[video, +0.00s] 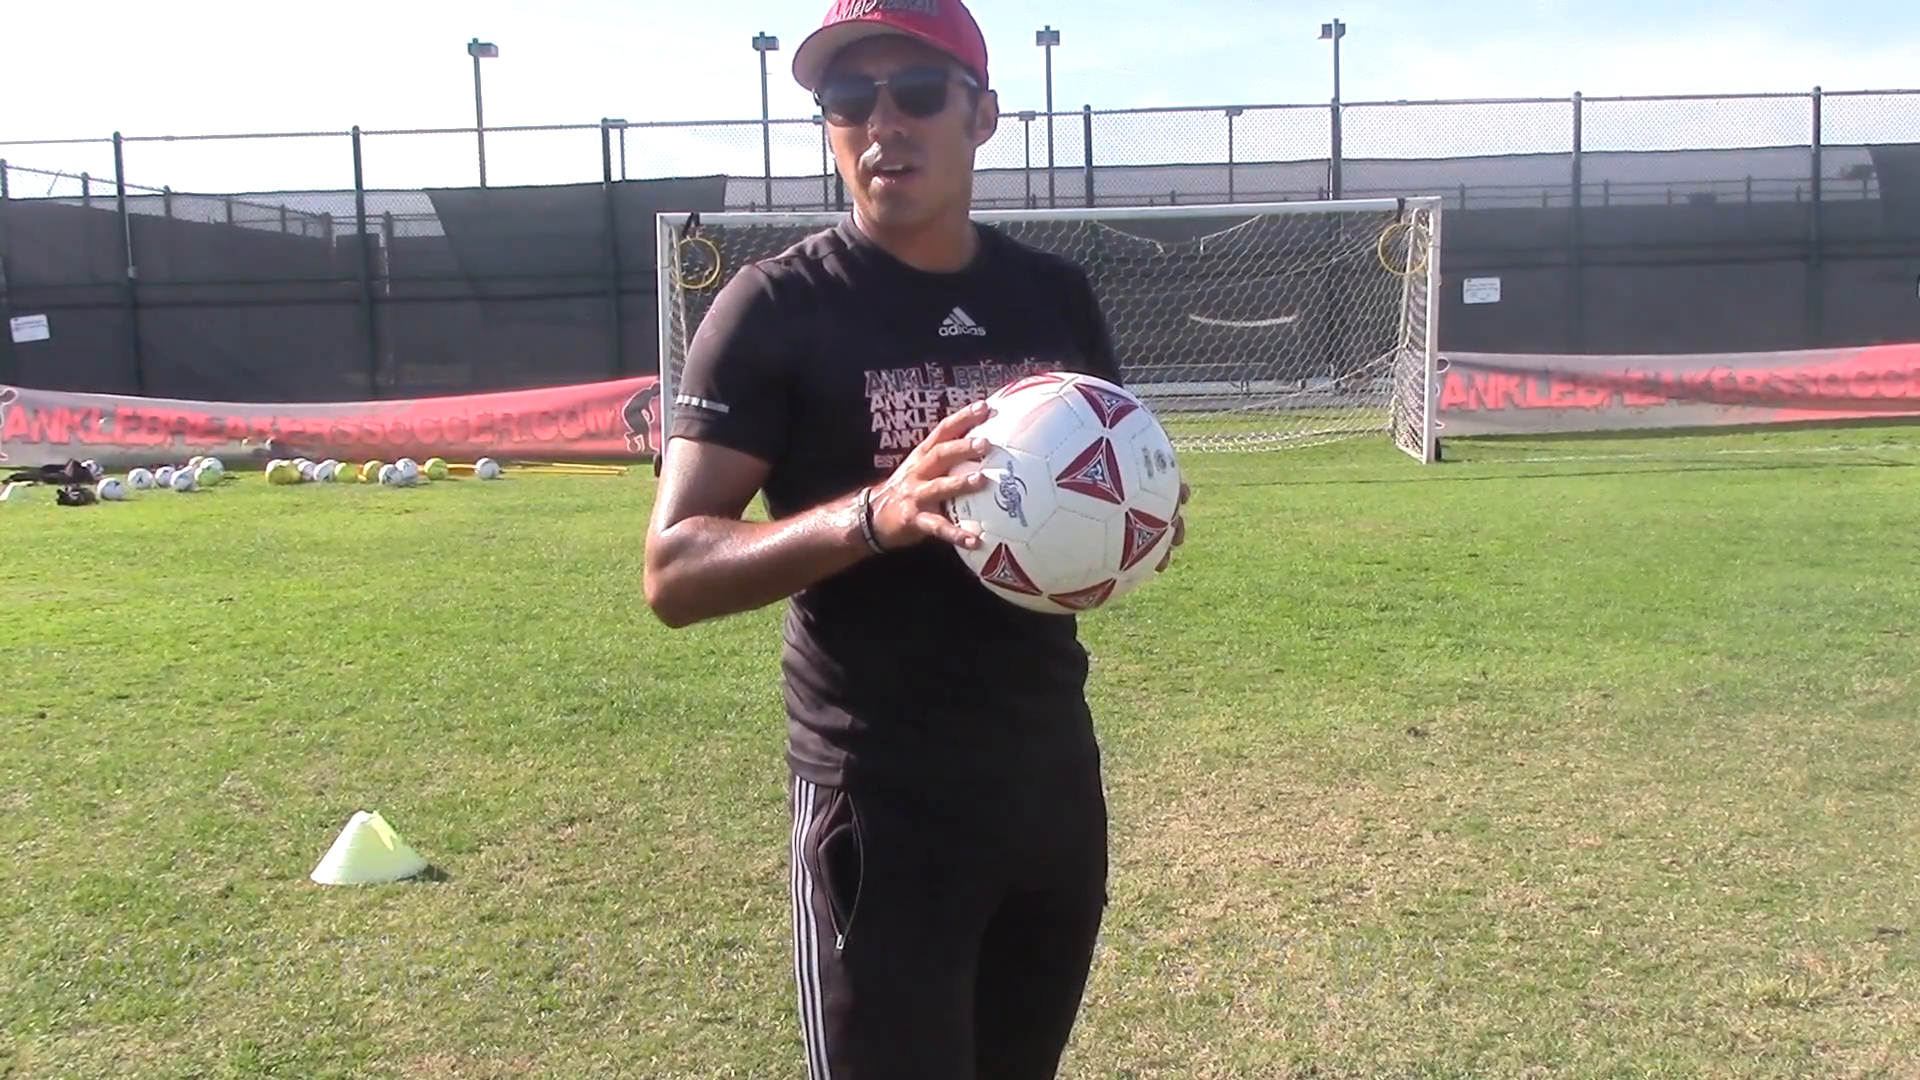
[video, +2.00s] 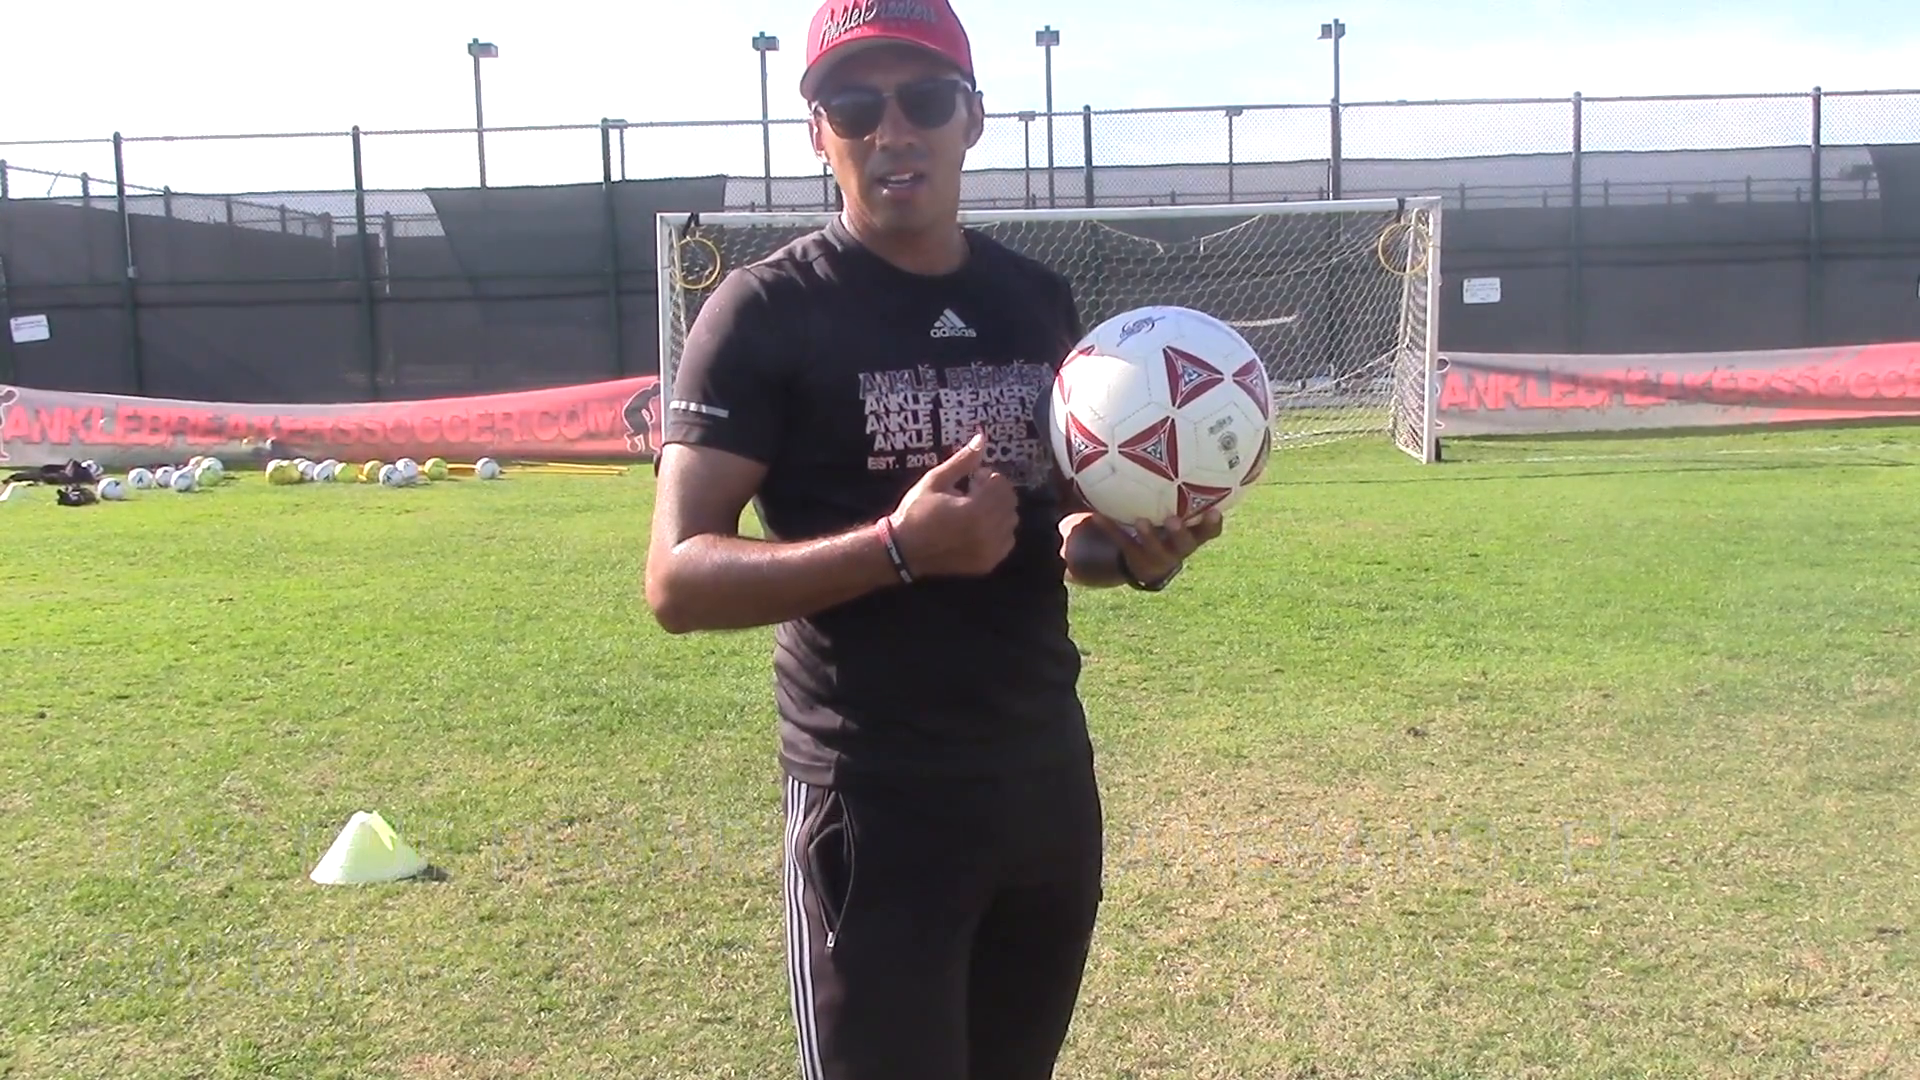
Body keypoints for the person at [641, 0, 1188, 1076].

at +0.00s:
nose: (885, 123)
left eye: (920, 94)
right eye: (855, 100)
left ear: (982, 118)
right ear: (827, 131)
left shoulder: (1055, 294)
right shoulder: (768, 310)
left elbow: (1097, 491)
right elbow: (675, 575)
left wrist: (1139, 513)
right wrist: (874, 516)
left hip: (1048, 764)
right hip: (874, 781)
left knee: (1018, 1064)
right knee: (886, 1060)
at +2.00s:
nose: (894, 134)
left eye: (925, 102)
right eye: (859, 108)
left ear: (972, 120)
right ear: (820, 136)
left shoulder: (1035, 299)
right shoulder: (761, 312)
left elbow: (1063, 530)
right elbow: (677, 581)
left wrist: (1135, 553)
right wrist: (897, 546)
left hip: (1043, 770)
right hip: (868, 784)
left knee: (1016, 1064)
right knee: (884, 1062)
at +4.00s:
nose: (901, 142)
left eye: (933, 107)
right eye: (866, 113)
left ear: (983, 121)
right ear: (829, 137)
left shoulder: (1049, 298)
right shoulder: (771, 309)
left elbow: (1090, 497)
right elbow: (680, 576)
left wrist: (1179, 520)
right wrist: (897, 574)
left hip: (1051, 767)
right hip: (875, 782)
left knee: (1021, 1061)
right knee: (888, 1061)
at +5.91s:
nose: (920, 118)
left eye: (948, 86)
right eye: (880, 95)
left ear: (993, 107)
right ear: (842, 131)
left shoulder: (1063, 294)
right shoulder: (781, 307)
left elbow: (1090, 527)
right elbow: (678, 571)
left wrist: (1164, 542)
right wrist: (869, 578)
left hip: (1055, 776)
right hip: (880, 789)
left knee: (1027, 1063)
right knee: (891, 1061)